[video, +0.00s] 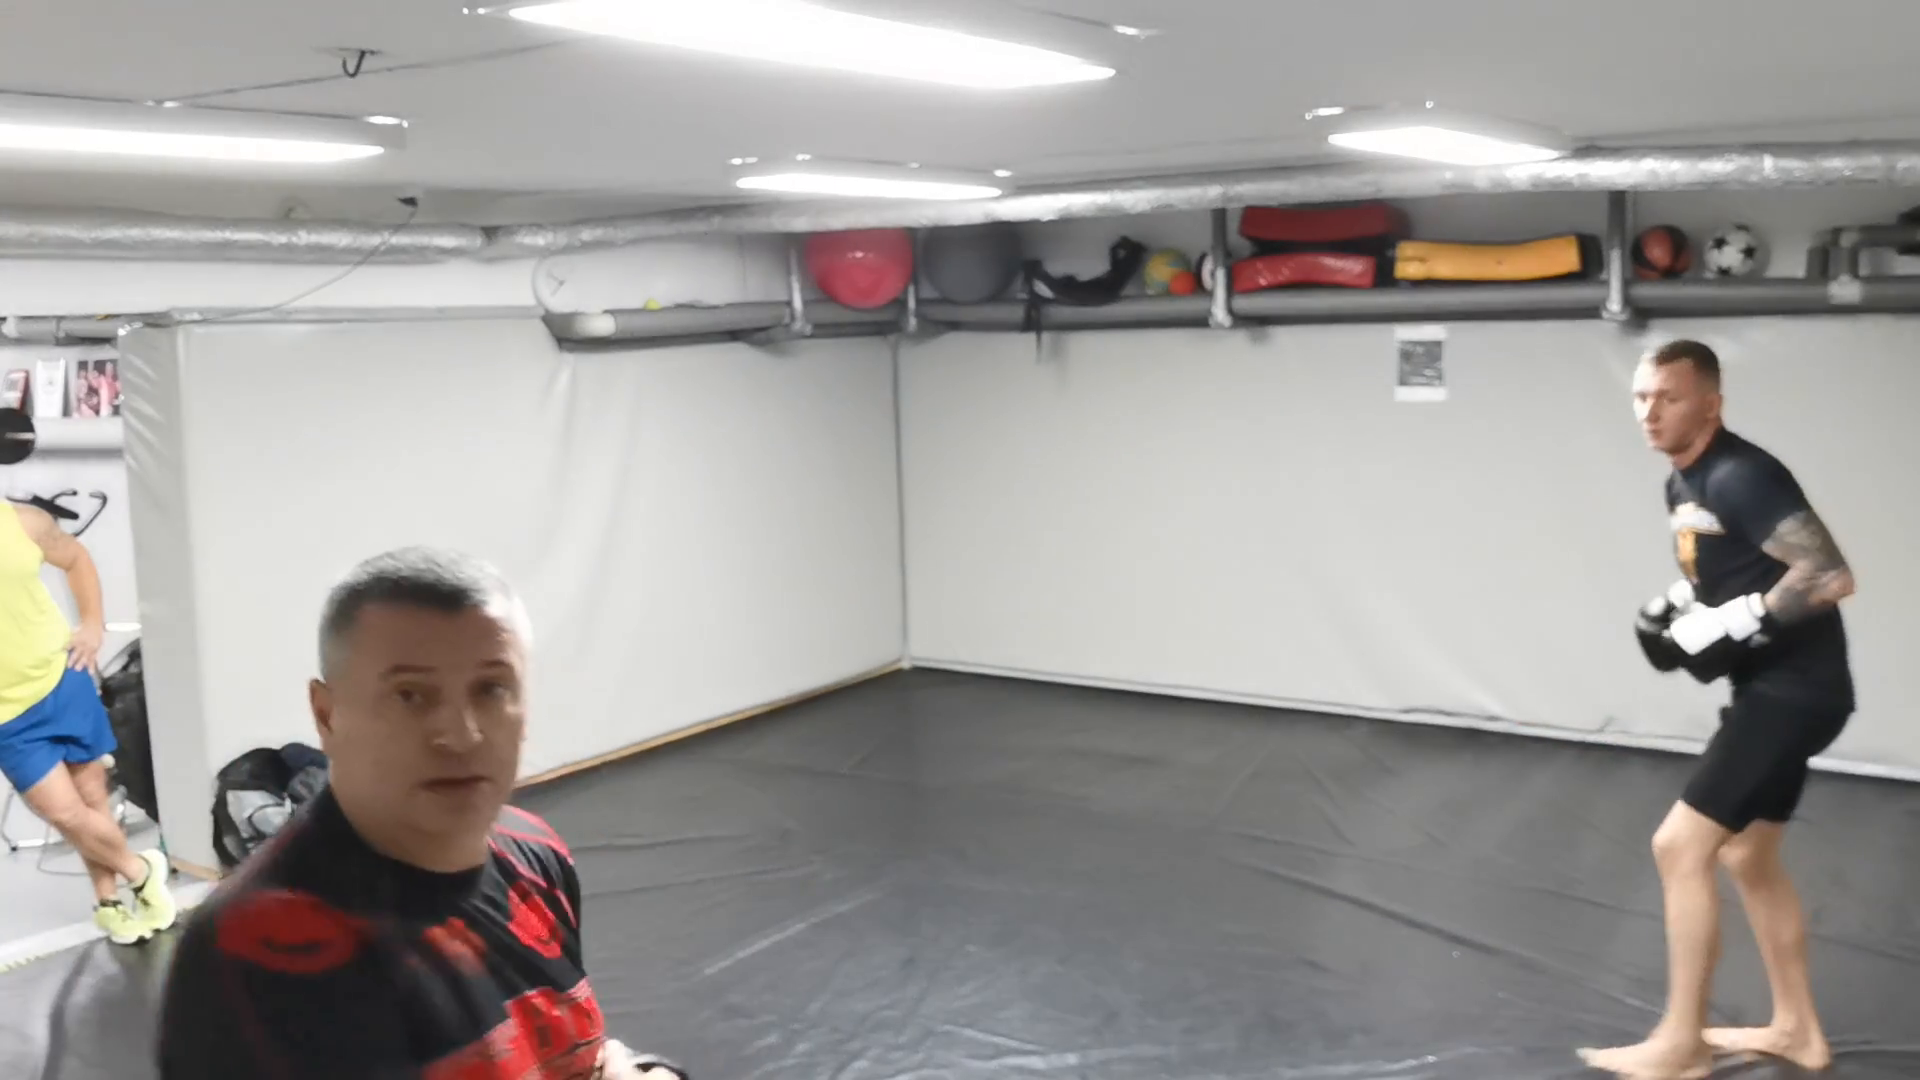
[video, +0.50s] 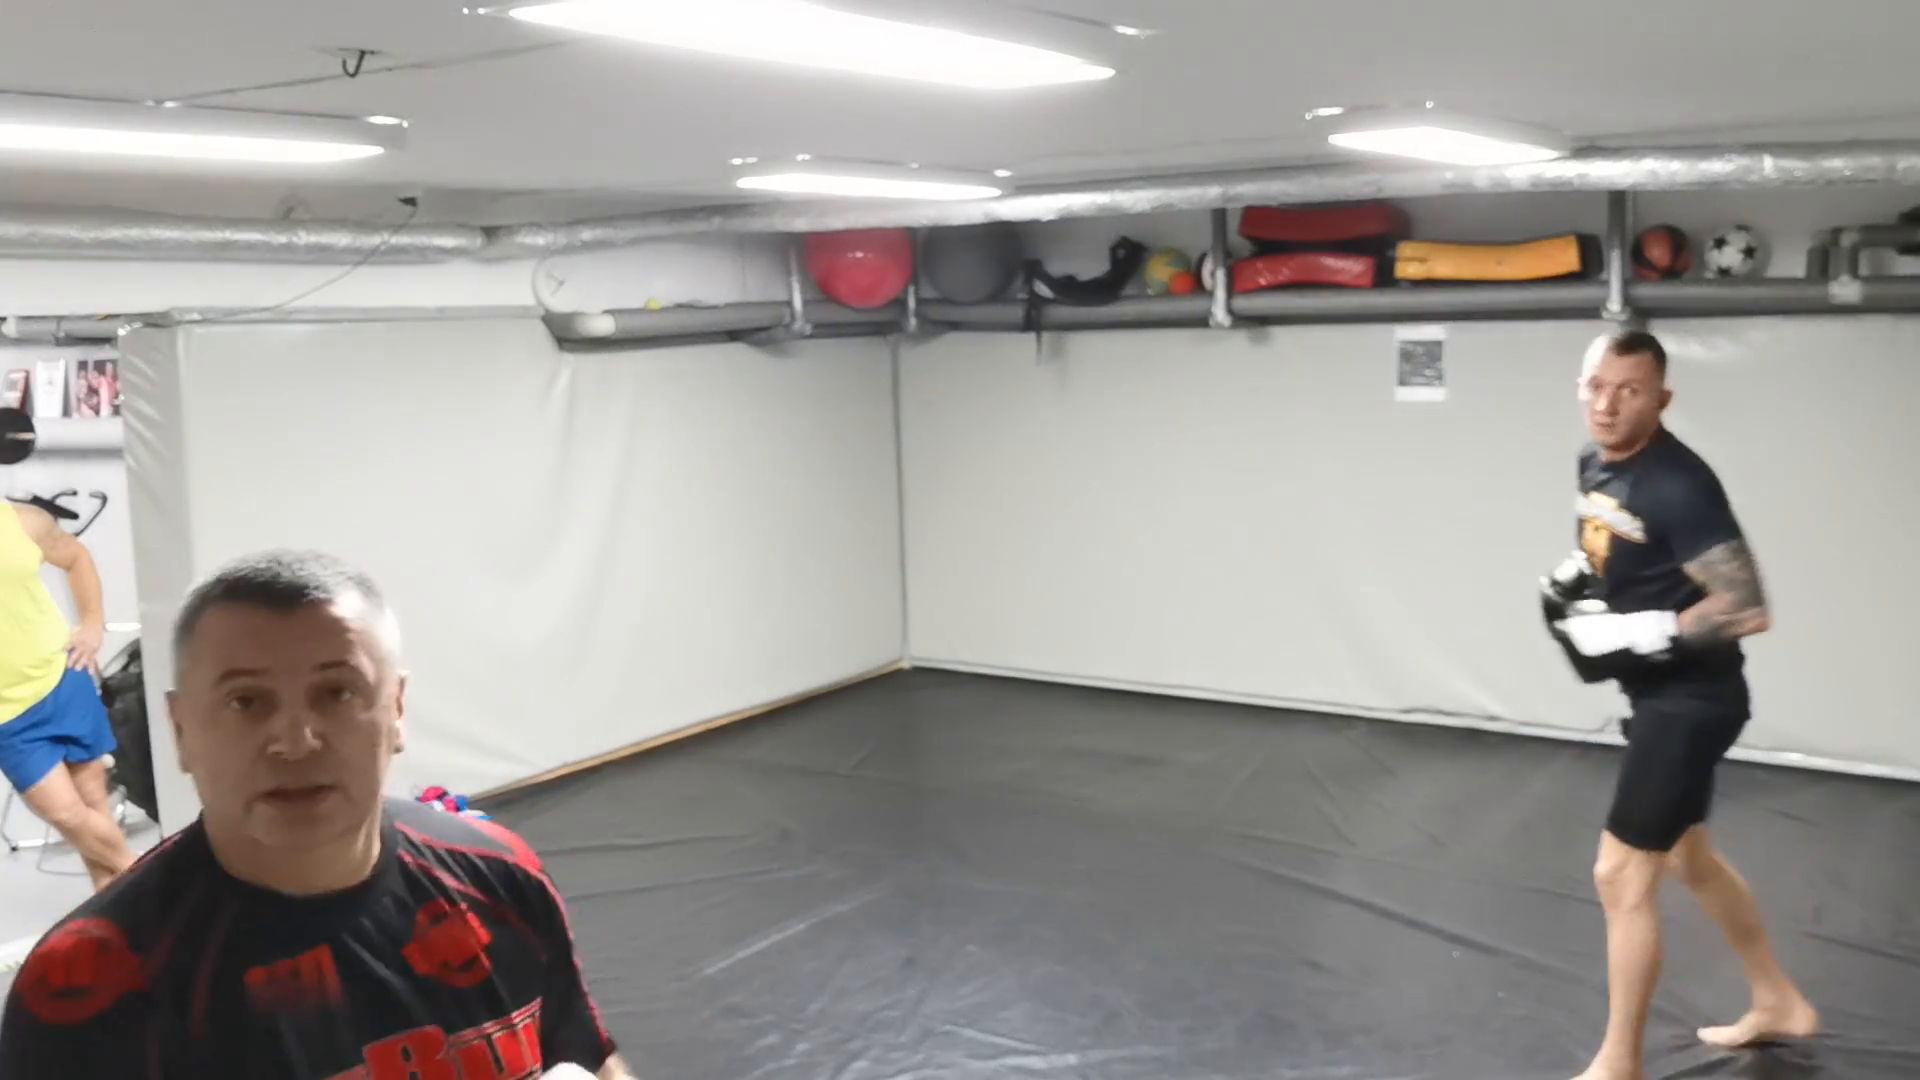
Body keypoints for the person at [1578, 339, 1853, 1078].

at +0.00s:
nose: (1650, 414)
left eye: (1667, 399)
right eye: (1643, 399)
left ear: (1711, 402)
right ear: (1637, 403)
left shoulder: (1747, 477)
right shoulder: (1682, 481)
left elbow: (1831, 575)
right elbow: (1719, 578)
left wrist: (1737, 618)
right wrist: (1680, 611)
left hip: (1797, 690)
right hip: (1766, 685)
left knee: (1681, 846)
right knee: (1751, 854)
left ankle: (1679, 1040)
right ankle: (1797, 1028)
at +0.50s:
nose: (1606, 404)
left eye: (1627, 391)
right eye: (1596, 387)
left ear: (1661, 399)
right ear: (1584, 390)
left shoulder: (1682, 485)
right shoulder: (1594, 468)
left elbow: (1748, 608)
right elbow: (1611, 563)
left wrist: (1646, 631)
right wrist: (1577, 587)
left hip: (1695, 701)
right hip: (1655, 695)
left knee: (1622, 877)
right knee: (1691, 858)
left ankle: (1617, 1062)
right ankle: (1778, 1001)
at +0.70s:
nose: (1586, 397)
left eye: (1607, 385)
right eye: (1575, 381)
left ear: (1641, 395)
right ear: (1561, 385)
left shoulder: (1652, 486)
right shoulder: (1574, 455)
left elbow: (1659, 627)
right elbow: (1584, 545)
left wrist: (1553, 609)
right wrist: (1537, 556)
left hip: (1662, 701)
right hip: (1617, 688)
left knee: (1611, 882)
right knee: (1590, 840)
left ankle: (1617, 1058)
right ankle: (1713, 980)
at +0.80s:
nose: (1580, 394)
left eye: (1601, 382)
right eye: (1569, 377)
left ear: (1634, 393)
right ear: (1556, 381)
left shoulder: (1638, 481)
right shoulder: (1560, 454)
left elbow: (1630, 622)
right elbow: (1574, 543)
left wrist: (1537, 591)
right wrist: (1527, 544)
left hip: (1646, 703)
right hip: (1598, 690)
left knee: (1609, 885)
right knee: (1557, 840)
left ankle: (1619, 1059)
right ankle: (1650, 998)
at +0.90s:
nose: (1570, 391)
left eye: (1591, 378)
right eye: (1560, 374)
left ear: (1625, 390)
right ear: (1546, 378)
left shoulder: (1626, 476)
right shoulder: (1547, 450)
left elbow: (1612, 617)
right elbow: (1564, 544)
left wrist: (1526, 583)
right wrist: (1516, 540)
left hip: (1633, 705)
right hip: (1582, 691)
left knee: (1603, 886)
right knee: (1532, 843)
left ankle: (1620, 1060)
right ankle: (1567, 1012)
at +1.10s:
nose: (1535, 388)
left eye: (1556, 376)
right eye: (1525, 372)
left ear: (1589, 389)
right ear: (1510, 378)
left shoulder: (1600, 482)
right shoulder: (1518, 454)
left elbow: (1603, 620)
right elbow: (1521, 545)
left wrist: (1504, 593)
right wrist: (1473, 552)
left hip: (1605, 709)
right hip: (1546, 696)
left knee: (1601, 892)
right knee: (1482, 852)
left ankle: (1619, 1060)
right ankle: (1444, 1022)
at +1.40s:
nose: (1446, 390)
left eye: (1464, 376)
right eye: (1437, 376)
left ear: (1501, 386)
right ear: (1424, 385)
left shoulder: (1537, 474)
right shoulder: (1436, 475)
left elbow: (1577, 598)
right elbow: (1448, 574)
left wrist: (1477, 596)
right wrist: (1399, 574)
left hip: (1530, 715)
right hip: (1459, 709)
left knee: (1541, 892)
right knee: (1437, 876)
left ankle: (1612, 1055)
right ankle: (1422, 1046)